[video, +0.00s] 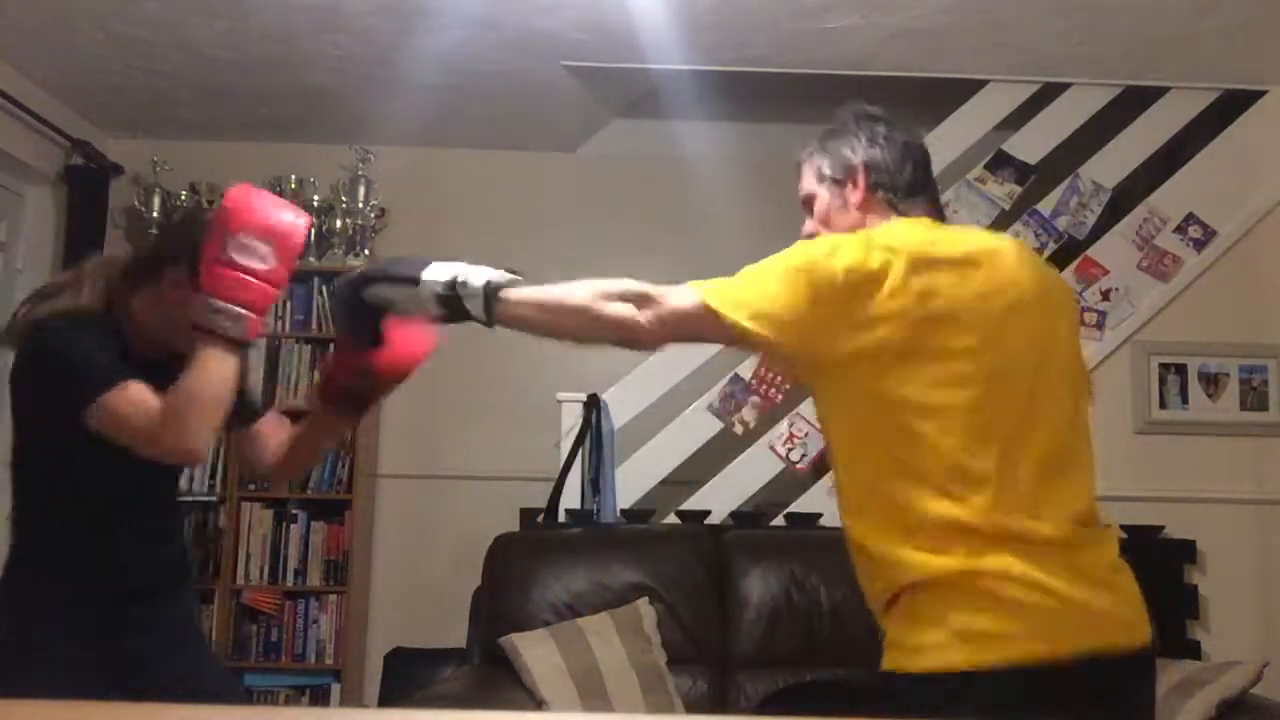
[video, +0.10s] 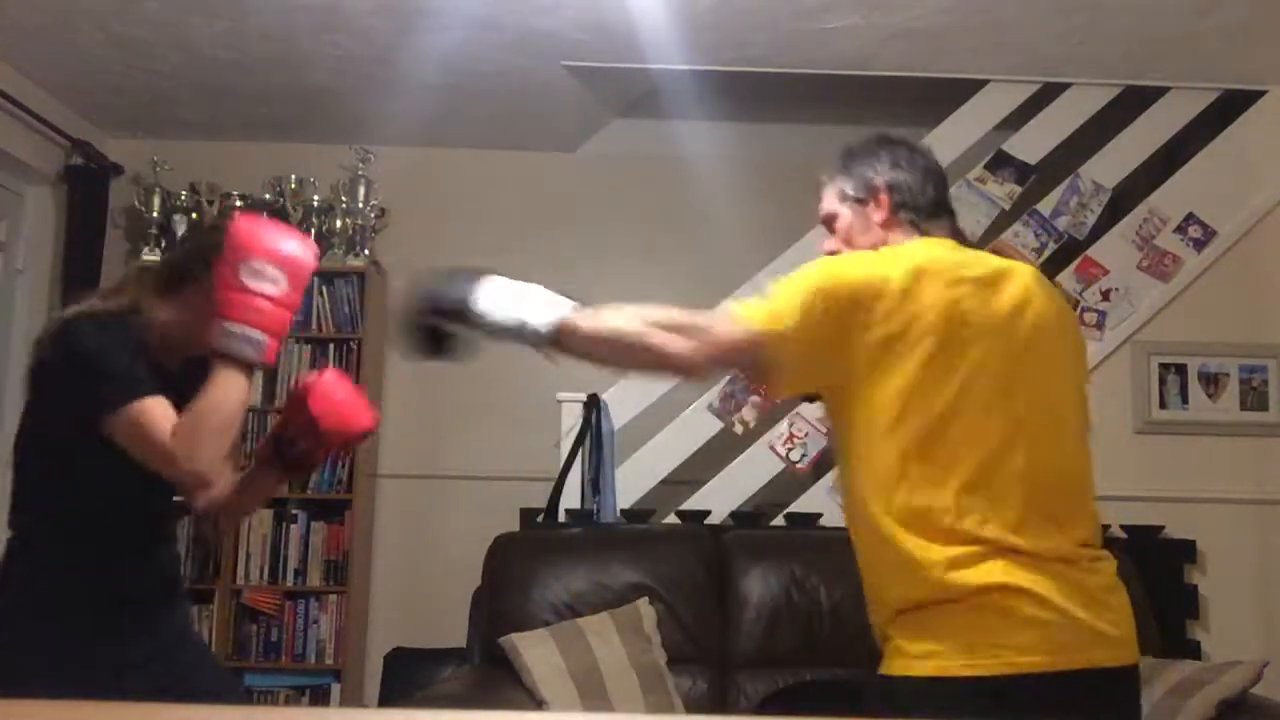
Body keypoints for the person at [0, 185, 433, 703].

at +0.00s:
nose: (213, 336)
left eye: (219, 324)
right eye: (205, 318)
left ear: (185, 291)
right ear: (173, 283)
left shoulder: (183, 352)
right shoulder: (60, 340)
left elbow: (277, 465)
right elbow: (182, 439)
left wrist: (348, 395)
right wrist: (234, 305)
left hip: (161, 633)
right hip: (57, 637)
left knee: (221, 709)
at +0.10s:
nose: (246, 335)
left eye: (254, 320)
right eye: (245, 315)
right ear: (213, 288)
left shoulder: (189, 364)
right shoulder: (87, 342)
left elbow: (214, 507)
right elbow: (190, 461)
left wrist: (287, 453)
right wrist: (244, 342)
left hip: (152, 623)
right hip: (55, 628)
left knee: (225, 708)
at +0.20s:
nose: (297, 327)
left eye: (301, 316)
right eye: (291, 309)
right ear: (258, 292)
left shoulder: (209, 381)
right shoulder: (155, 340)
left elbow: (199, 533)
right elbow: (193, 482)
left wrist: (276, 487)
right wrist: (268, 382)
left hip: (143, 618)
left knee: (226, 707)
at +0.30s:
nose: (343, 366)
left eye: (349, 350)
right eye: (341, 344)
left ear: (295, 328)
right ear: (301, 327)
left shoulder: (227, 378)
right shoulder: (227, 366)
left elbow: (217, 552)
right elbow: (221, 504)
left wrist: (308, 503)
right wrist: (335, 426)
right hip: (101, 639)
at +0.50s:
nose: (382, 309)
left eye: (384, 292)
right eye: (376, 287)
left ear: (329, 279)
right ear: (326, 275)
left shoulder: (270, 358)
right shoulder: (238, 335)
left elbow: (271, 514)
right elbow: (258, 484)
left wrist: (370, 465)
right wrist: (367, 404)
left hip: (204, 611)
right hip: (142, 617)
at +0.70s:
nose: (364, 278)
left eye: (368, 261)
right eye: (353, 256)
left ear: (298, 260)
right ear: (293, 254)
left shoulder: (277, 354)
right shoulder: (239, 335)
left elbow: (312, 511)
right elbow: (409, 409)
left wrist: (361, 426)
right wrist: (530, 345)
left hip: (247, 631)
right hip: (193, 639)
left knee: (331, 702)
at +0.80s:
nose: (396, 267)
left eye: (393, 247)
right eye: (379, 246)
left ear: (324, 259)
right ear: (315, 255)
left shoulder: (350, 347)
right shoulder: (270, 347)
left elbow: (444, 420)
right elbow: (418, 451)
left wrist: (520, 360)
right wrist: (554, 446)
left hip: (299, 640)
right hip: (218, 647)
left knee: (374, 714)